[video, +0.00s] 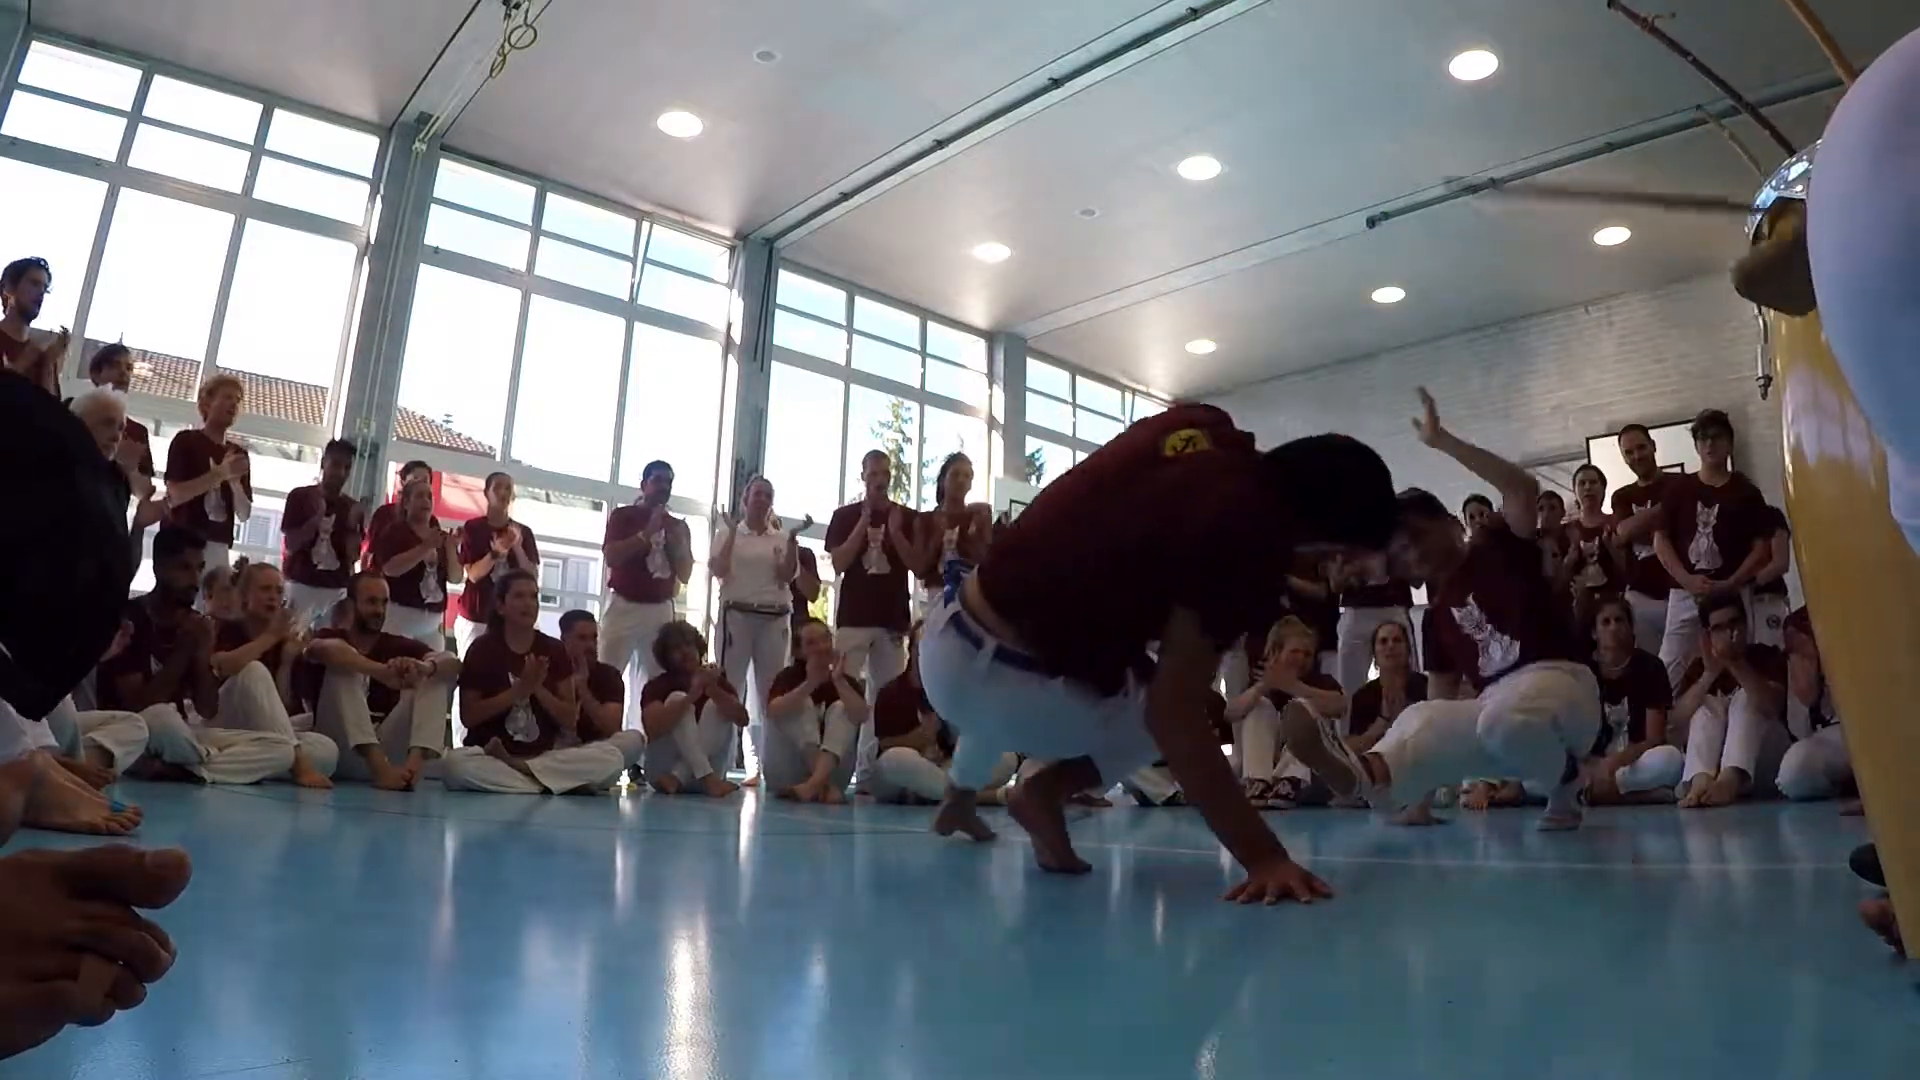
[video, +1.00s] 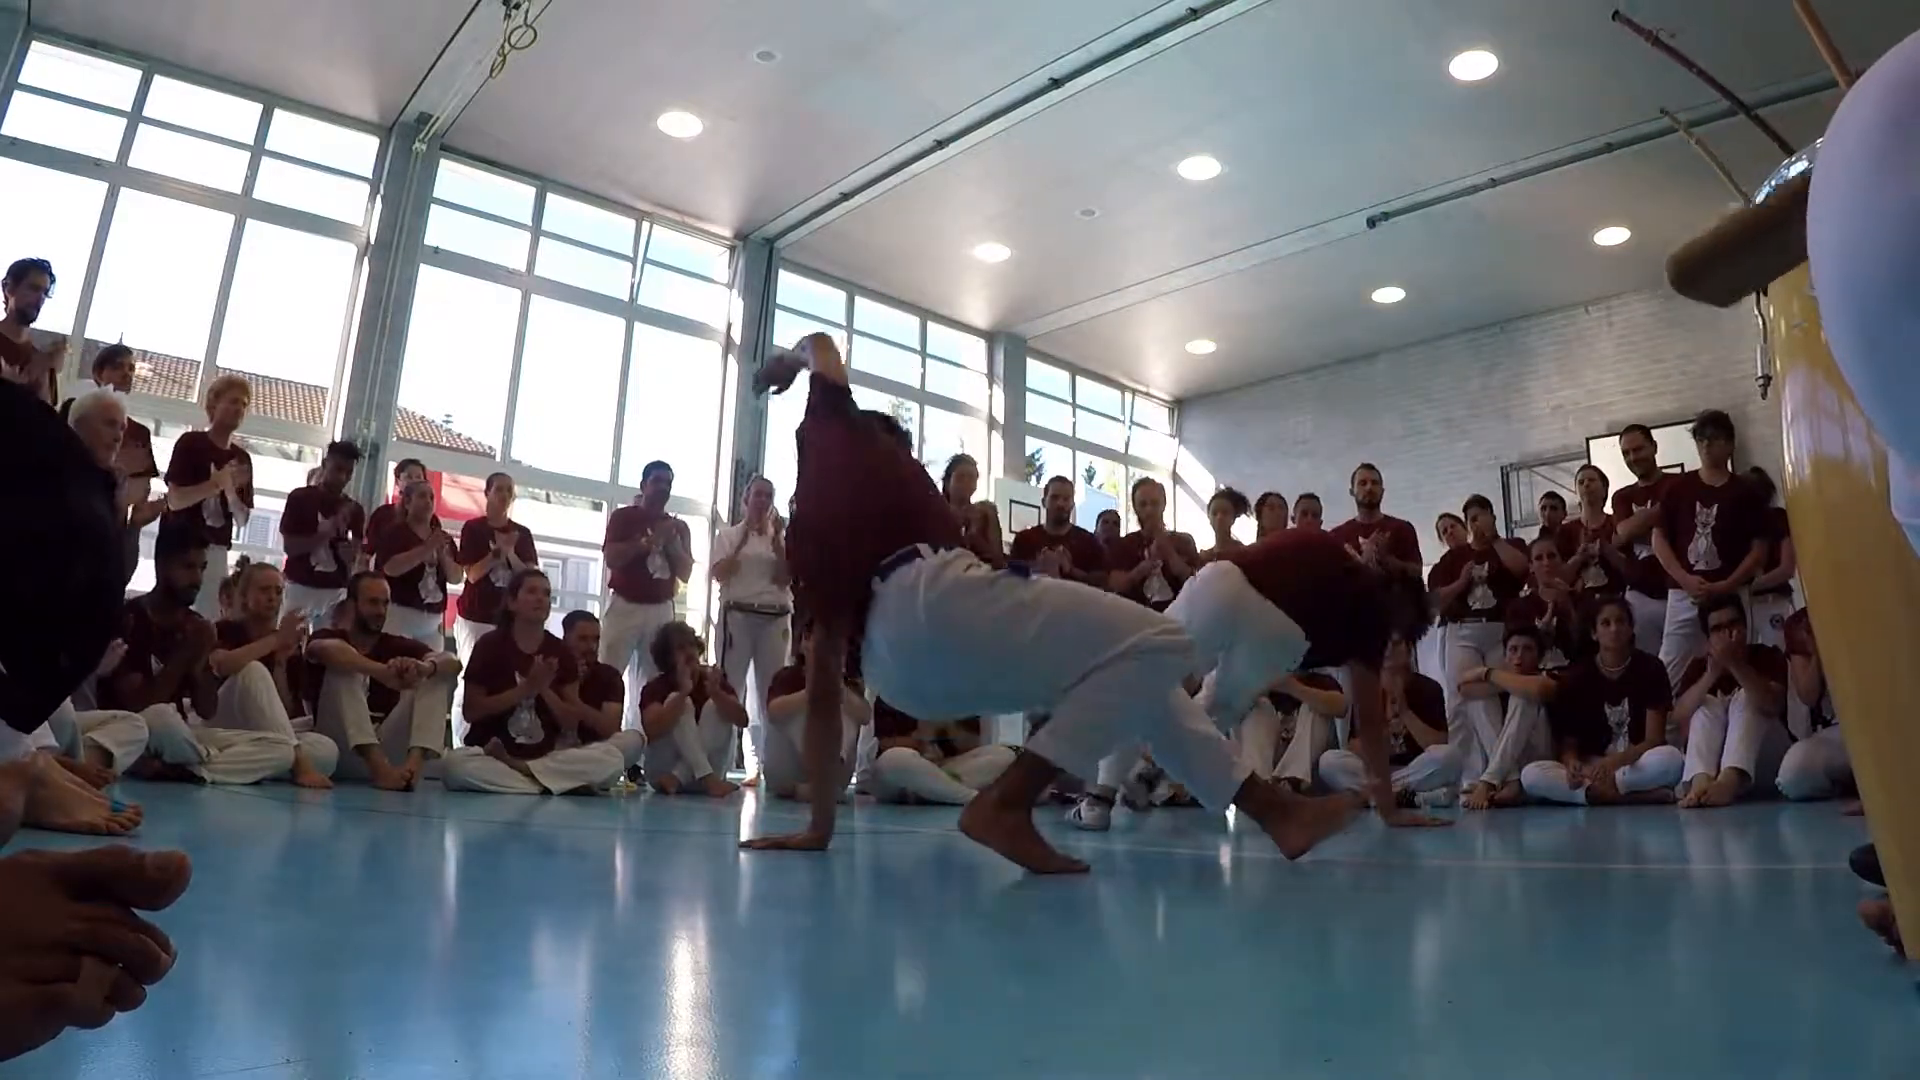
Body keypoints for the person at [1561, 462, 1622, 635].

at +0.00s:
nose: (1588, 487)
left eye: (1593, 482)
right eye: (1582, 483)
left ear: (1603, 488)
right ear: (1575, 491)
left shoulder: (1616, 524)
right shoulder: (1565, 529)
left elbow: (1626, 571)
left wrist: (1613, 549)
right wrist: (1572, 558)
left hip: (1610, 594)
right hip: (1579, 597)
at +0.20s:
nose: (1587, 488)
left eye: (1593, 482)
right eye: (1582, 483)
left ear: (1604, 488)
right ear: (1575, 491)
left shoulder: (1618, 524)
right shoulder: (1564, 532)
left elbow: (1632, 569)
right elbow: (1559, 578)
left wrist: (1604, 548)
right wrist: (1584, 557)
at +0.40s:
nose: (1587, 487)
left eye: (1593, 482)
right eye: (1582, 483)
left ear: (1605, 488)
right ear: (1576, 491)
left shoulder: (1619, 524)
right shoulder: (1565, 531)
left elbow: (1632, 570)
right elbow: (1560, 576)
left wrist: (1609, 548)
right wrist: (1579, 555)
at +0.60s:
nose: (1586, 488)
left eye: (1592, 483)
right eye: (1581, 484)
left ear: (1605, 489)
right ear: (1576, 492)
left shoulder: (1619, 525)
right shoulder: (1566, 531)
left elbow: (1632, 570)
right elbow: (1562, 577)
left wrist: (1608, 550)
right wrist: (1580, 556)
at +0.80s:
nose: (1587, 488)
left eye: (1592, 482)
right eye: (1581, 484)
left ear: (1605, 489)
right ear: (1576, 491)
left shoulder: (1618, 525)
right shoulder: (1566, 531)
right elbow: (1561, 574)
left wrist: (1613, 550)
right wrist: (1577, 558)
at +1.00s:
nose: (1586, 485)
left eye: (1592, 480)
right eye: (1581, 482)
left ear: (1604, 488)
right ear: (1576, 491)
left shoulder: (1619, 524)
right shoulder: (1565, 531)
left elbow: (1632, 568)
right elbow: (1560, 577)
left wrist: (1607, 551)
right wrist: (1579, 558)